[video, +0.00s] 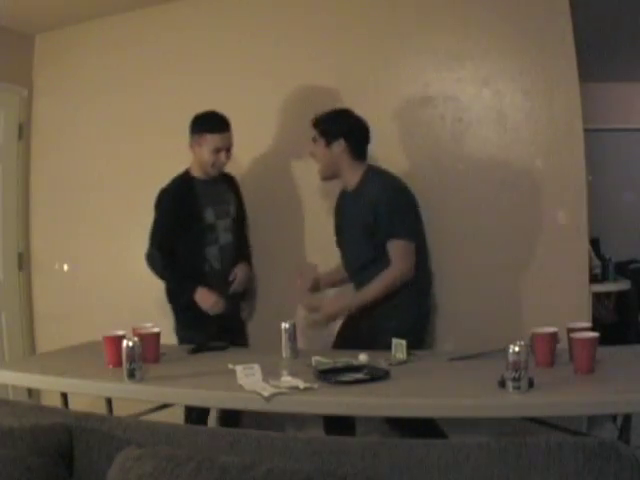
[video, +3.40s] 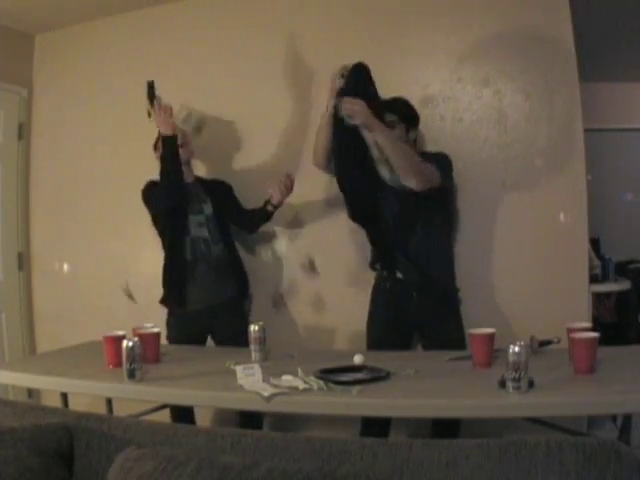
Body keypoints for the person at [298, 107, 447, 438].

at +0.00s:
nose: (312, 152)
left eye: (317, 143)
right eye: (313, 143)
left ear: (340, 147)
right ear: (338, 148)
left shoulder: (388, 191)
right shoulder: (345, 199)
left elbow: (403, 267)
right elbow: (359, 263)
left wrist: (346, 303)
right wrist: (322, 281)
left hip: (400, 314)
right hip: (365, 313)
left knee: (399, 408)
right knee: (336, 395)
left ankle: (454, 467)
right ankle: (338, 478)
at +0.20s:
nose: (339, 148)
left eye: (346, 139)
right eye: (341, 139)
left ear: (372, 144)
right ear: (366, 146)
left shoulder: (417, 191)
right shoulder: (361, 195)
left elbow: (416, 269)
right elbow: (362, 262)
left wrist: (352, 298)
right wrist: (322, 294)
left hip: (421, 321)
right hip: (380, 318)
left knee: (428, 413)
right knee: (353, 401)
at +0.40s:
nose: (397, 137)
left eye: (405, 128)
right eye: (388, 128)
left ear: (417, 127)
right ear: (376, 127)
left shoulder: (440, 170)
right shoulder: (355, 174)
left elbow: (455, 229)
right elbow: (339, 219)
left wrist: (431, 267)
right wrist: (347, 243)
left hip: (431, 292)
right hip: (381, 296)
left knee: (454, 377)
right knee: (384, 386)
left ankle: (458, 469)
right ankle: (380, 471)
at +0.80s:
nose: (360, 145)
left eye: (368, 136)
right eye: (352, 137)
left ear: (384, 133)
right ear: (343, 136)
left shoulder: (414, 168)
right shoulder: (335, 177)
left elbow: (429, 235)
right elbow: (334, 230)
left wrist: (372, 260)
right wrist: (329, 244)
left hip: (414, 296)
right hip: (366, 301)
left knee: (428, 386)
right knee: (372, 390)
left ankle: (434, 470)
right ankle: (372, 473)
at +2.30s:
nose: (367, 146)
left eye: (376, 136)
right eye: (360, 138)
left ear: (395, 134)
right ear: (354, 139)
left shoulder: (426, 170)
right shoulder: (353, 173)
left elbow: (419, 237)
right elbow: (350, 238)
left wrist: (376, 193)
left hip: (431, 290)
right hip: (383, 293)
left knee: (458, 376)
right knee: (378, 384)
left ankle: (458, 467)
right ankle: (369, 472)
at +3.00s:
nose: (369, 136)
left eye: (376, 128)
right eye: (364, 130)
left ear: (396, 132)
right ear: (358, 137)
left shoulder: (426, 169)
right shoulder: (362, 179)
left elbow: (424, 226)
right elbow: (323, 194)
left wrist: (390, 174)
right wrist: (329, 136)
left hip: (435, 291)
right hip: (387, 294)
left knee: (457, 379)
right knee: (380, 383)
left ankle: (452, 468)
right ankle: (368, 472)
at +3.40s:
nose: (382, 137)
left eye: (390, 127)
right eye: (377, 131)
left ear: (412, 129)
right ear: (372, 136)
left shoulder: (437, 164)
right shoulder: (366, 173)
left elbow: (415, 177)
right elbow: (322, 159)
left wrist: (368, 124)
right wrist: (333, 105)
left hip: (435, 287)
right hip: (388, 289)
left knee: (448, 378)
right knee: (380, 379)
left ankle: (444, 463)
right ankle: (369, 463)